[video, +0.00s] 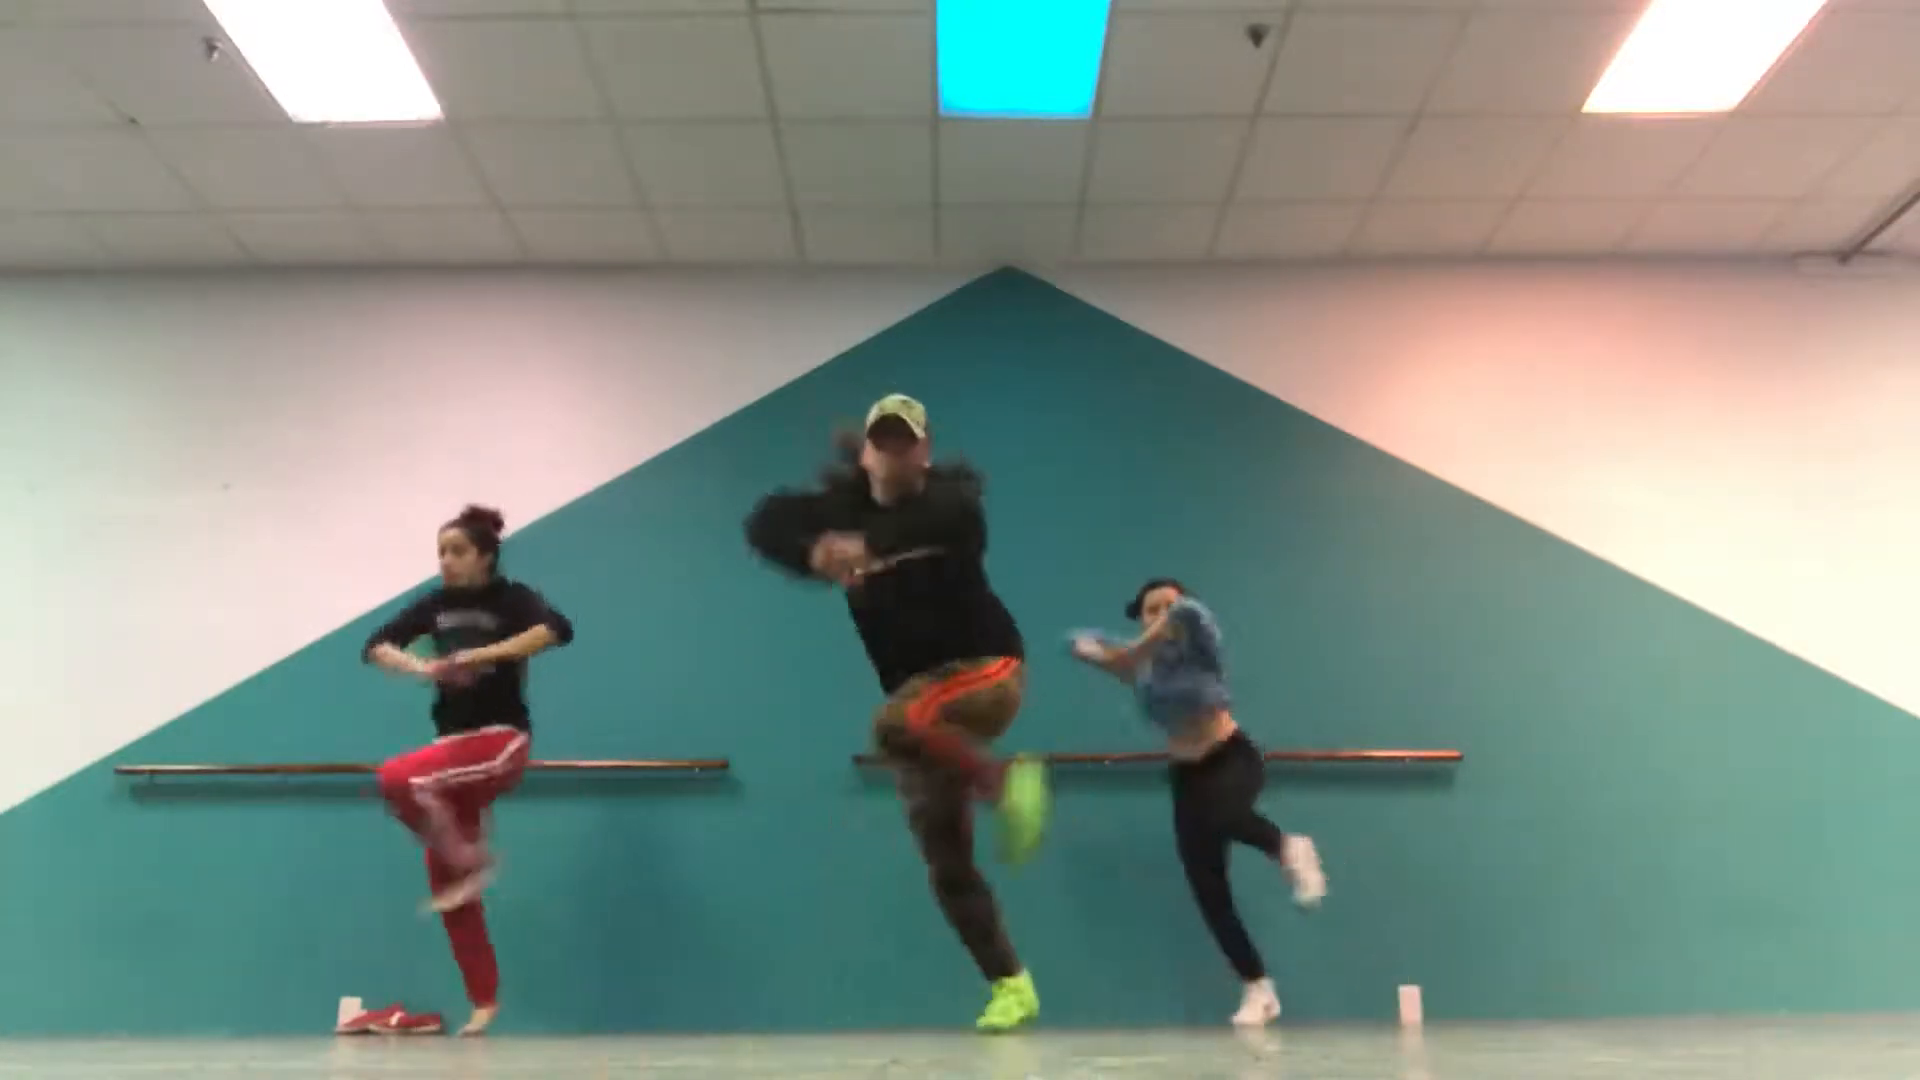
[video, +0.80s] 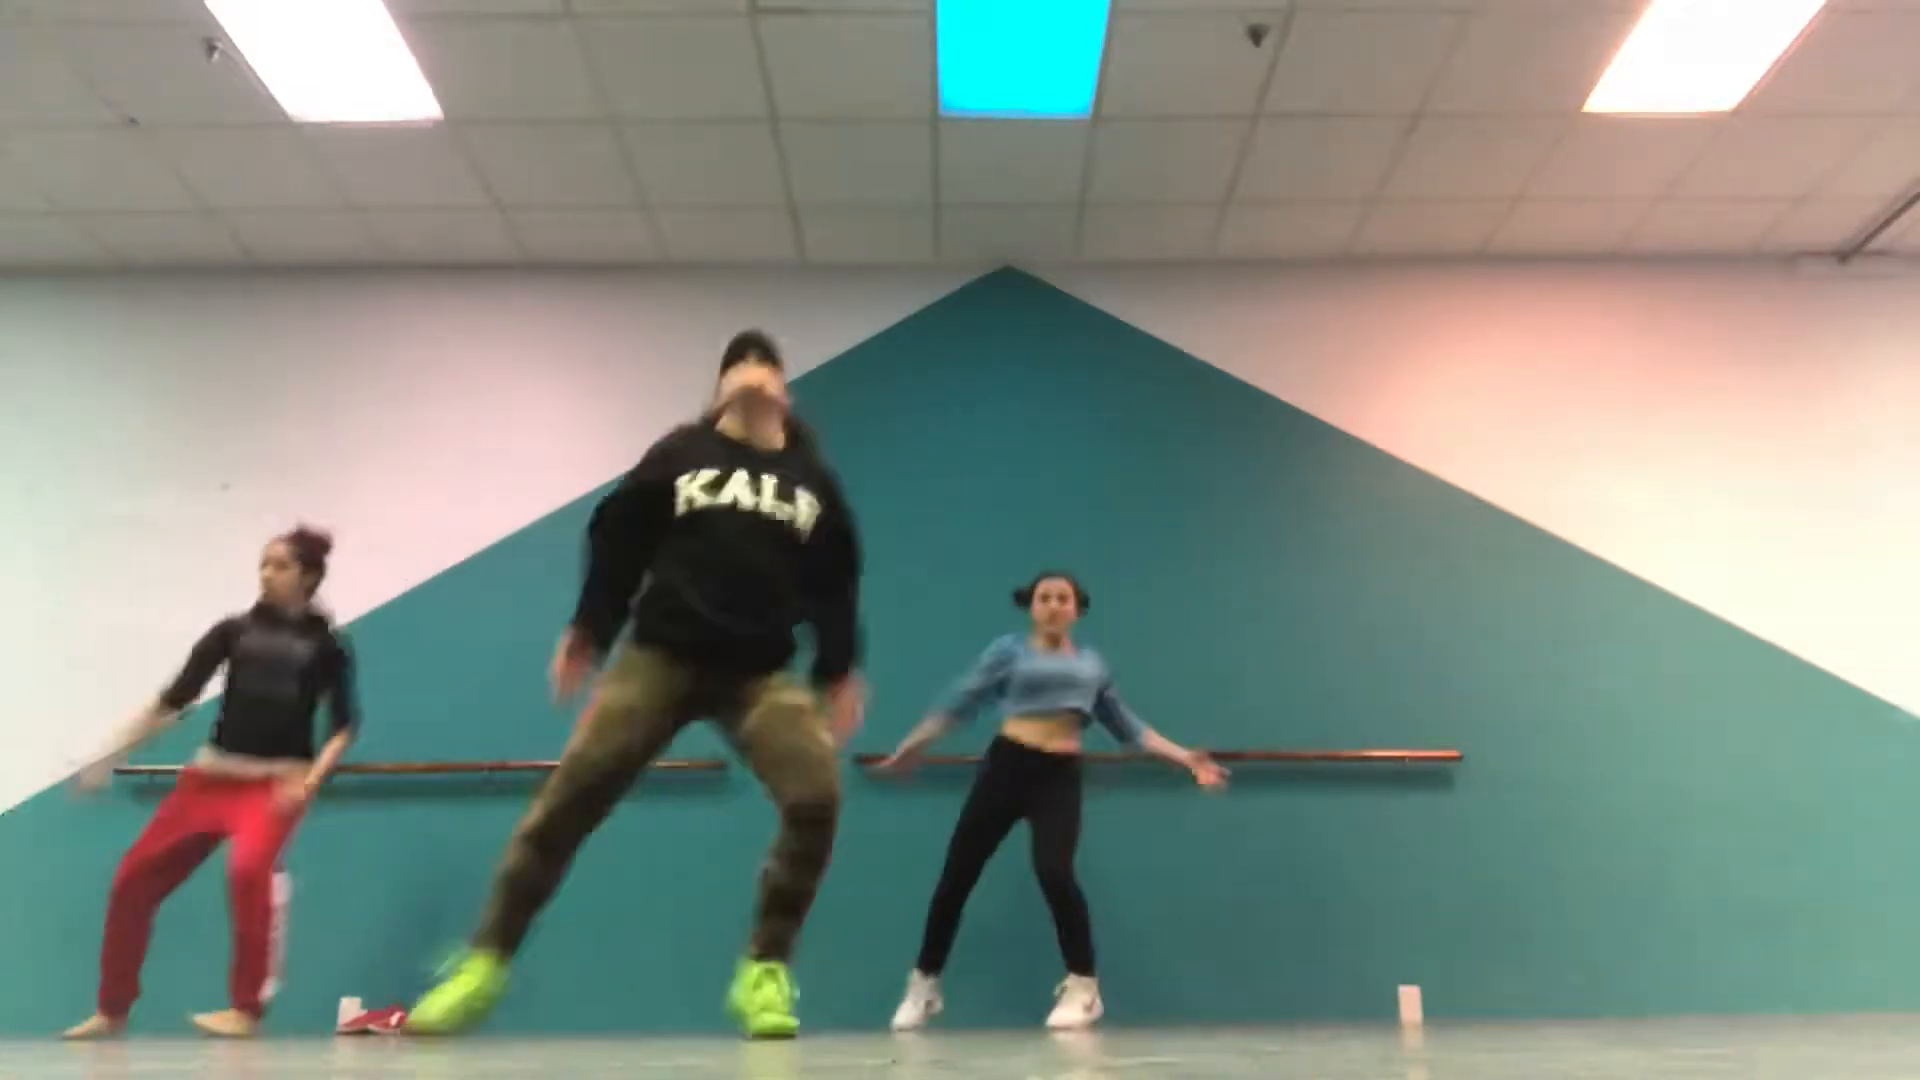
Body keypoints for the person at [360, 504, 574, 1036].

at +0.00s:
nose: (444, 561)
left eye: (454, 551)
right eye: (441, 552)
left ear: (484, 555)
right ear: (442, 556)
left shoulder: (511, 597)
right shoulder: (436, 603)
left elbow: (557, 630)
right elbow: (376, 647)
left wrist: (482, 656)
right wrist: (421, 667)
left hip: (503, 739)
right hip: (452, 745)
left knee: (400, 777)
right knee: (451, 879)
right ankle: (484, 998)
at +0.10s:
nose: (434, 554)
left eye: (444, 544)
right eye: (430, 544)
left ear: (474, 548)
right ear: (427, 549)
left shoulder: (500, 596)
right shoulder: (419, 600)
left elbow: (532, 655)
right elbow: (383, 662)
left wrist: (479, 695)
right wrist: (411, 705)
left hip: (476, 738)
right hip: (425, 741)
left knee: (379, 800)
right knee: (443, 877)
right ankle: (482, 994)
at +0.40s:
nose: (372, 575)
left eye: (384, 567)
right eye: (369, 565)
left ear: (412, 574)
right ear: (365, 569)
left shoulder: (424, 632)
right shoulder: (341, 618)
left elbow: (454, 703)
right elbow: (278, 665)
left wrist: (381, 719)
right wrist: (319, 715)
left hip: (383, 765)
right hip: (337, 766)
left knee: (311, 869)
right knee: (361, 903)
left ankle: (300, 1012)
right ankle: (456, 982)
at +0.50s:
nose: (339, 562)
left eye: (350, 553)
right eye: (336, 553)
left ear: (380, 561)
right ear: (333, 559)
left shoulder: (397, 614)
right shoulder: (315, 603)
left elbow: (448, 671)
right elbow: (232, 637)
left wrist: (396, 645)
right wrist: (256, 626)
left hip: (360, 757)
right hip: (307, 761)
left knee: (309, 873)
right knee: (260, 877)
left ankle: (300, 1014)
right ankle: (360, 948)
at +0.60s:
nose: (309, 552)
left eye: (322, 543)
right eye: (306, 542)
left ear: (353, 551)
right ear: (304, 549)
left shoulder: (373, 606)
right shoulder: (290, 602)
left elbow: (439, 648)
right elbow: (211, 626)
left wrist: (412, 624)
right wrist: (171, 589)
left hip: (334, 759)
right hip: (273, 757)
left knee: (299, 870)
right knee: (194, 846)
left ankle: (298, 1011)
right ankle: (254, 956)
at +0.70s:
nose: (287, 551)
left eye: (298, 541)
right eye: (284, 540)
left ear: (329, 549)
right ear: (282, 547)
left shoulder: (351, 607)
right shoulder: (267, 601)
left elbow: (403, 662)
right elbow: (189, 645)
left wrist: (364, 679)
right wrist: (105, 656)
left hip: (309, 757)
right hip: (246, 754)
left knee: (283, 856)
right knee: (167, 848)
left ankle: (284, 1000)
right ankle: (141, 985)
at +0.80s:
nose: (265, 575)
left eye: (278, 566)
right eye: (265, 564)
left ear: (308, 576)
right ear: (262, 570)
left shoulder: (325, 646)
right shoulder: (234, 631)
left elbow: (346, 726)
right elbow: (173, 701)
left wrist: (309, 781)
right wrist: (108, 755)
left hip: (275, 784)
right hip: (211, 780)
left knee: (248, 868)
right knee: (135, 878)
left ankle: (246, 1010)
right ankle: (112, 1011)